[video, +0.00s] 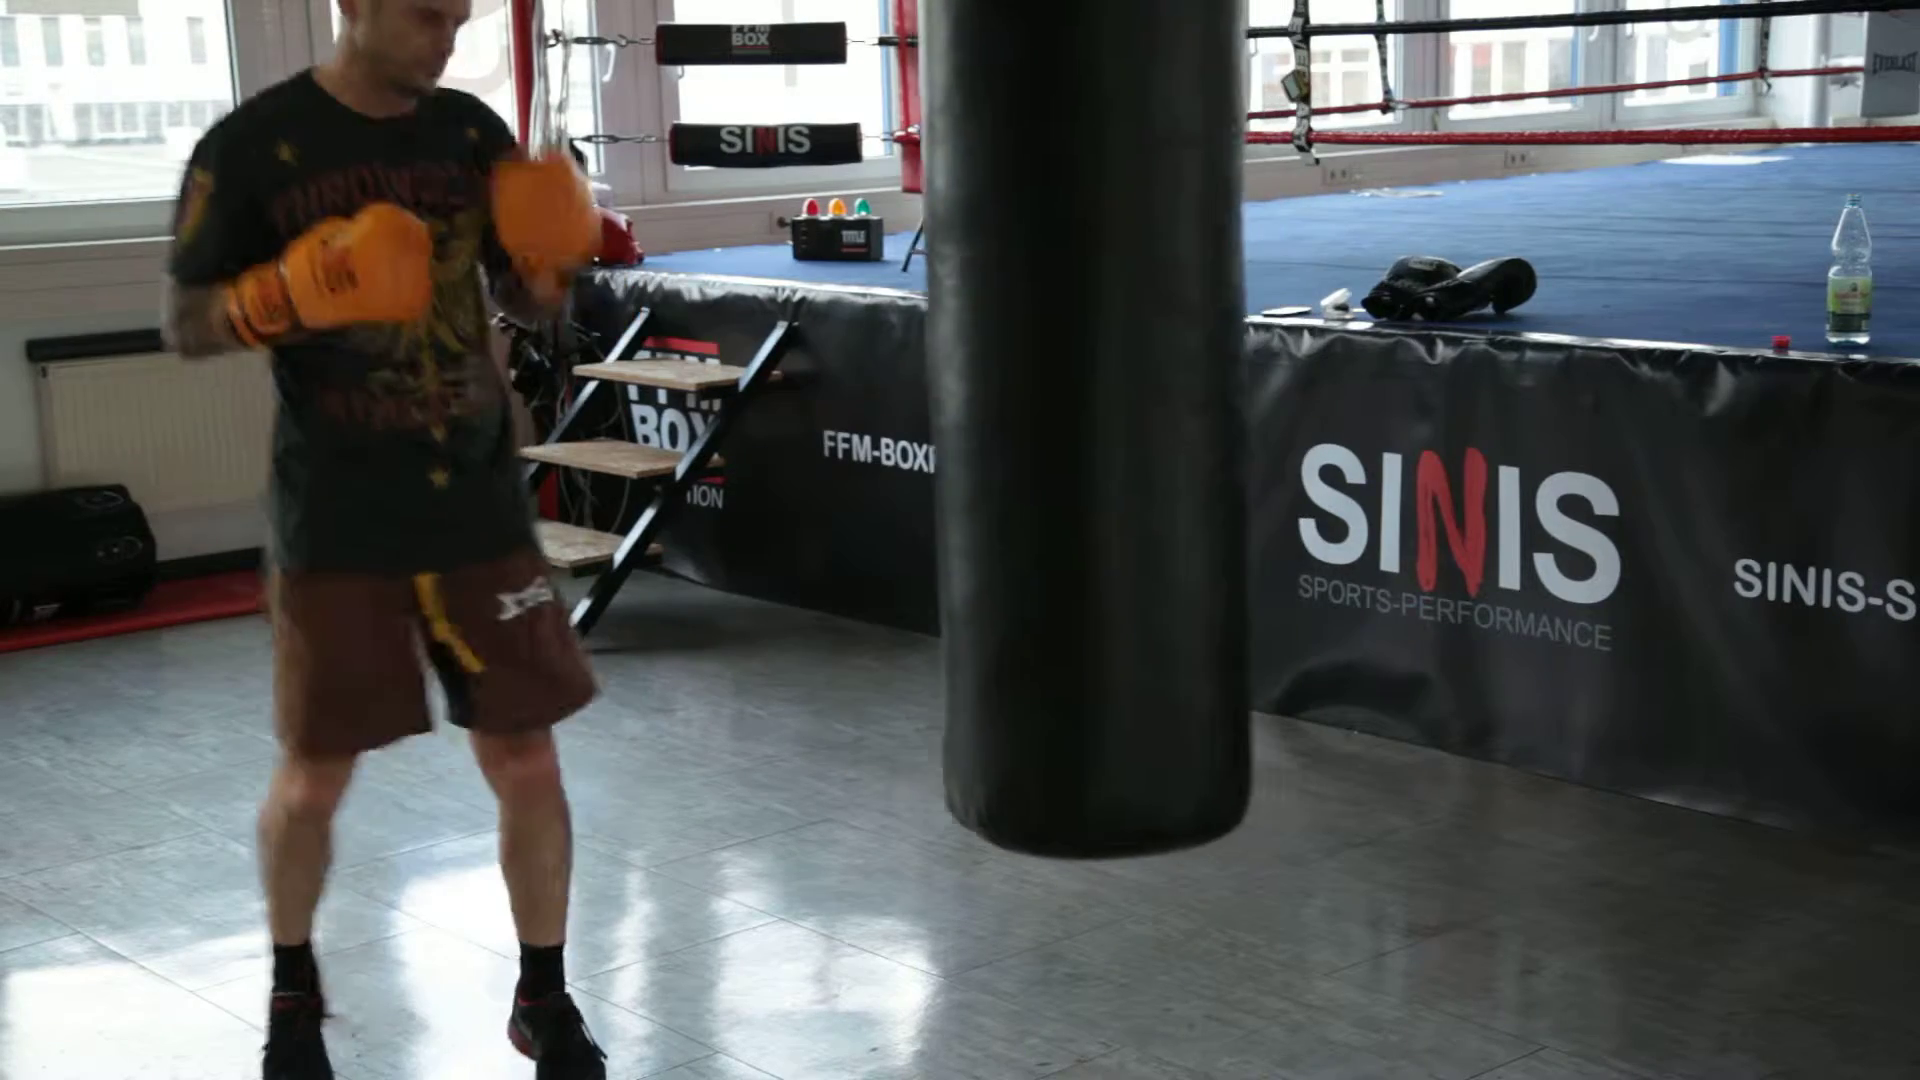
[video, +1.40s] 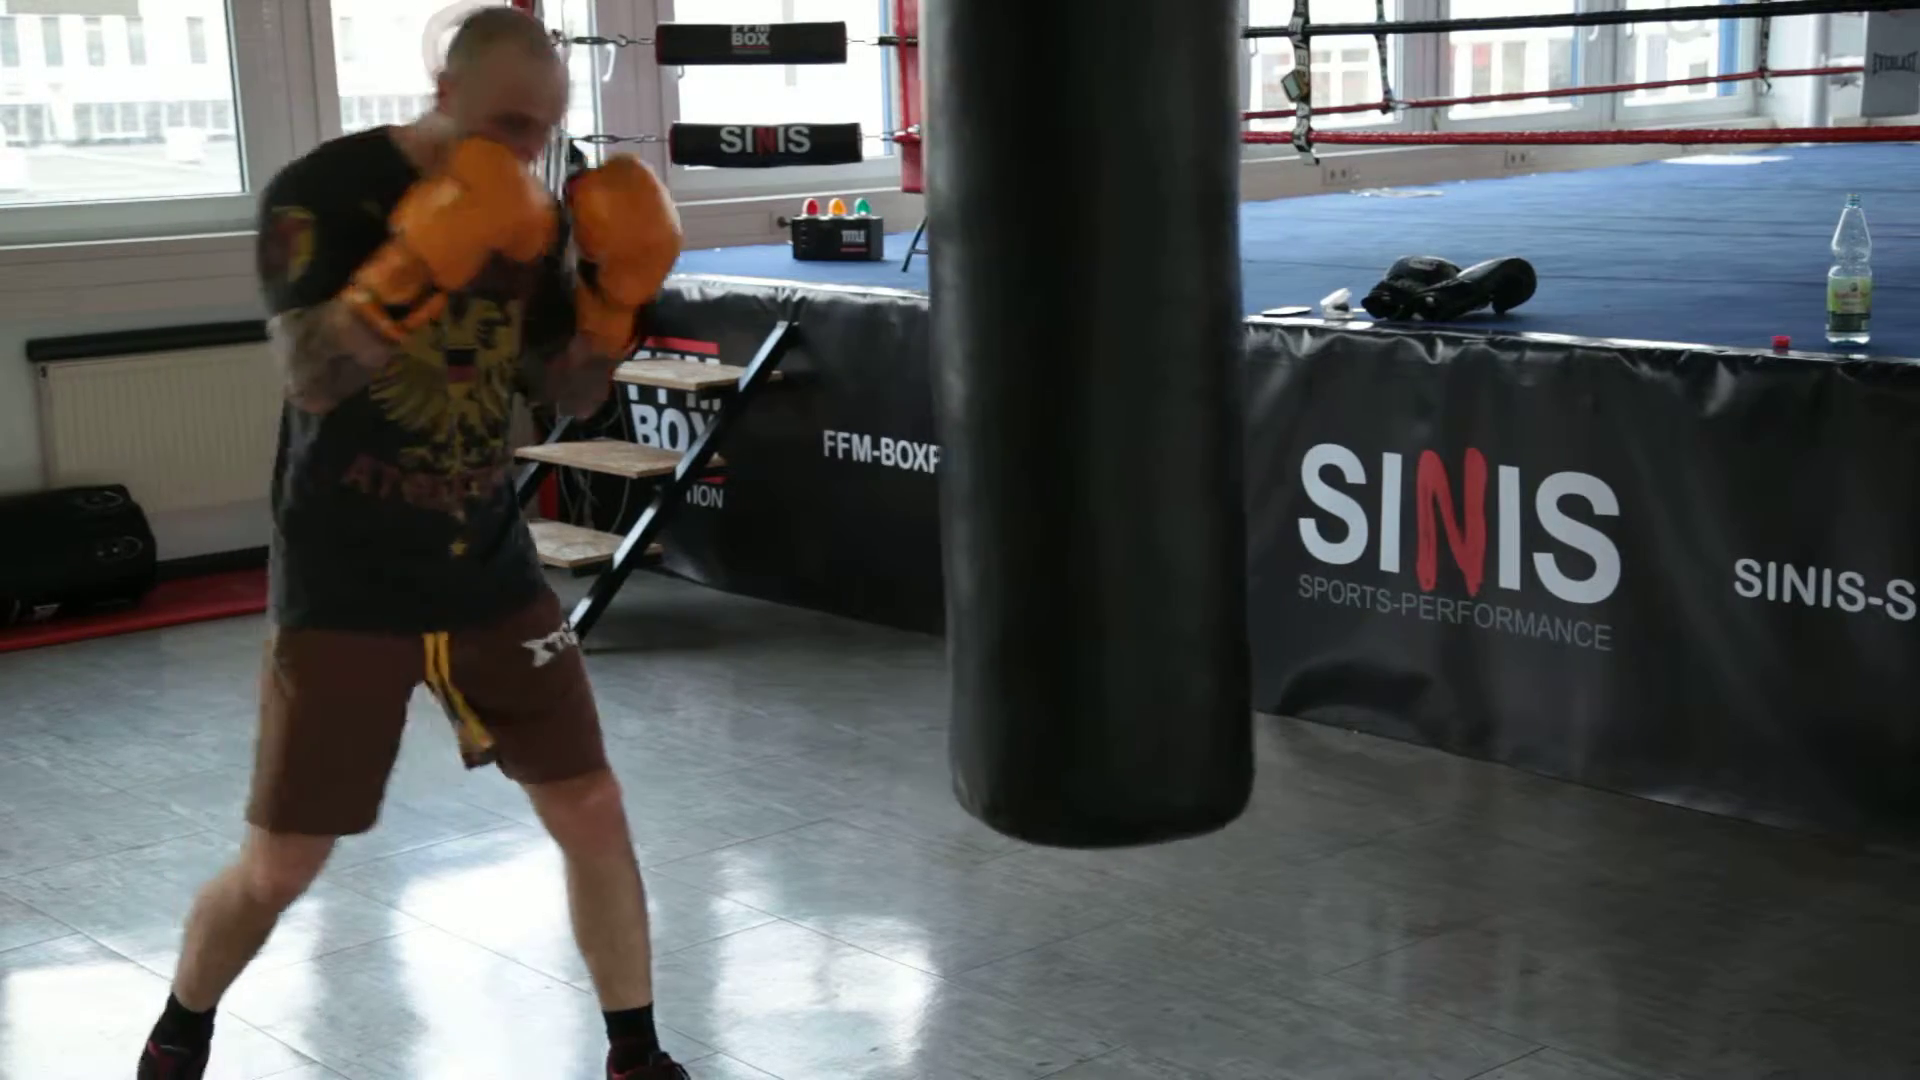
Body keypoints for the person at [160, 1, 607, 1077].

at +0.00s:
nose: (449, 30)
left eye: (459, 13)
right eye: (429, 10)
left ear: (462, 19)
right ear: (355, 6)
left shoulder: (476, 134)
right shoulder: (249, 145)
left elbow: (535, 308)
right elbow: (188, 323)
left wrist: (550, 259)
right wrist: (292, 290)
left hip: (478, 497)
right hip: (336, 509)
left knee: (526, 760)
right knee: (312, 780)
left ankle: (545, 998)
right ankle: (295, 1003)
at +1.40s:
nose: (519, 155)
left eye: (538, 134)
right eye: (503, 128)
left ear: (550, 123)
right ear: (440, 93)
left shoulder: (537, 218)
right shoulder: (320, 195)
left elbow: (561, 398)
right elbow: (311, 378)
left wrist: (618, 296)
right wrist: (418, 263)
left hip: (490, 561)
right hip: (345, 569)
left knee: (592, 812)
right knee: (283, 862)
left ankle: (637, 1057)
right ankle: (178, 1041)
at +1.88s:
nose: (364, 181)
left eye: (379, 154)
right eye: (338, 158)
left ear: (396, 140)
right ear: (268, 139)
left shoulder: (432, 209)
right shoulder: (203, 256)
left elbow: (576, 355)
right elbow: (236, 466)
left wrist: (525, 284)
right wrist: (275, 353)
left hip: (469, 578)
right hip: (307, 595)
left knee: (593, 828)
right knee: (225, 879)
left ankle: (640, 1058)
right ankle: (163, 1062)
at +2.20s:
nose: (502, 124)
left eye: (520, 101)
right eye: (482, 98)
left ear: (536, 86)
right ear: (411, 71)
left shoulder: (524, 202)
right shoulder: (296, 197)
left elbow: (575, 388)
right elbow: (277, 383)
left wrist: (619, 291)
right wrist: (390, 271)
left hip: (498, 562)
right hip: (345, 573)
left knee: (604, 822)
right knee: (267, 866)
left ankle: (638, 1060)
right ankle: (171, 1057)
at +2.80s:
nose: (444, 256)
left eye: (460, 227)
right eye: (416, 234)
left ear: (479, 201)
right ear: (342, 213)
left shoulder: (523, 261)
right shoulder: (273, 301)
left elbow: (661, 428)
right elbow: (261, 498)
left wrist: (616, 328)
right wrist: (332, 437)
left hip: (525, 637)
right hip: (353, 646)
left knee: (654, 883)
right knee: (254, 921)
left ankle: (703, 1073)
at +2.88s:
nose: (495, 275)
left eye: (508, 247)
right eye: (468, 255)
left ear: (522, 221)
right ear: (390, 232)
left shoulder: (565, 298)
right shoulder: (313, 319)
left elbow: (670, 474)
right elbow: (286, 510)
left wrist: (659, 401)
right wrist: (335, 497)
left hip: (557, 658)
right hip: (381, 673)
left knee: (689, 886)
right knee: (272, 934)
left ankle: (711, 1073)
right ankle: (205, 1078)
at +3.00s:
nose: (630, 226)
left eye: (640, 198)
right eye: (607, 200)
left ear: (649, 178)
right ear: (534, 171)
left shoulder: (634, 272)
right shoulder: (414, 264)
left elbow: (681, 431)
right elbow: (329, 454)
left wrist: (704, 368)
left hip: (575, 607)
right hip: (424, 620)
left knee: (685, 848)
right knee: (324, 915)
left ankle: (711, 1074)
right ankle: (208, 1077)